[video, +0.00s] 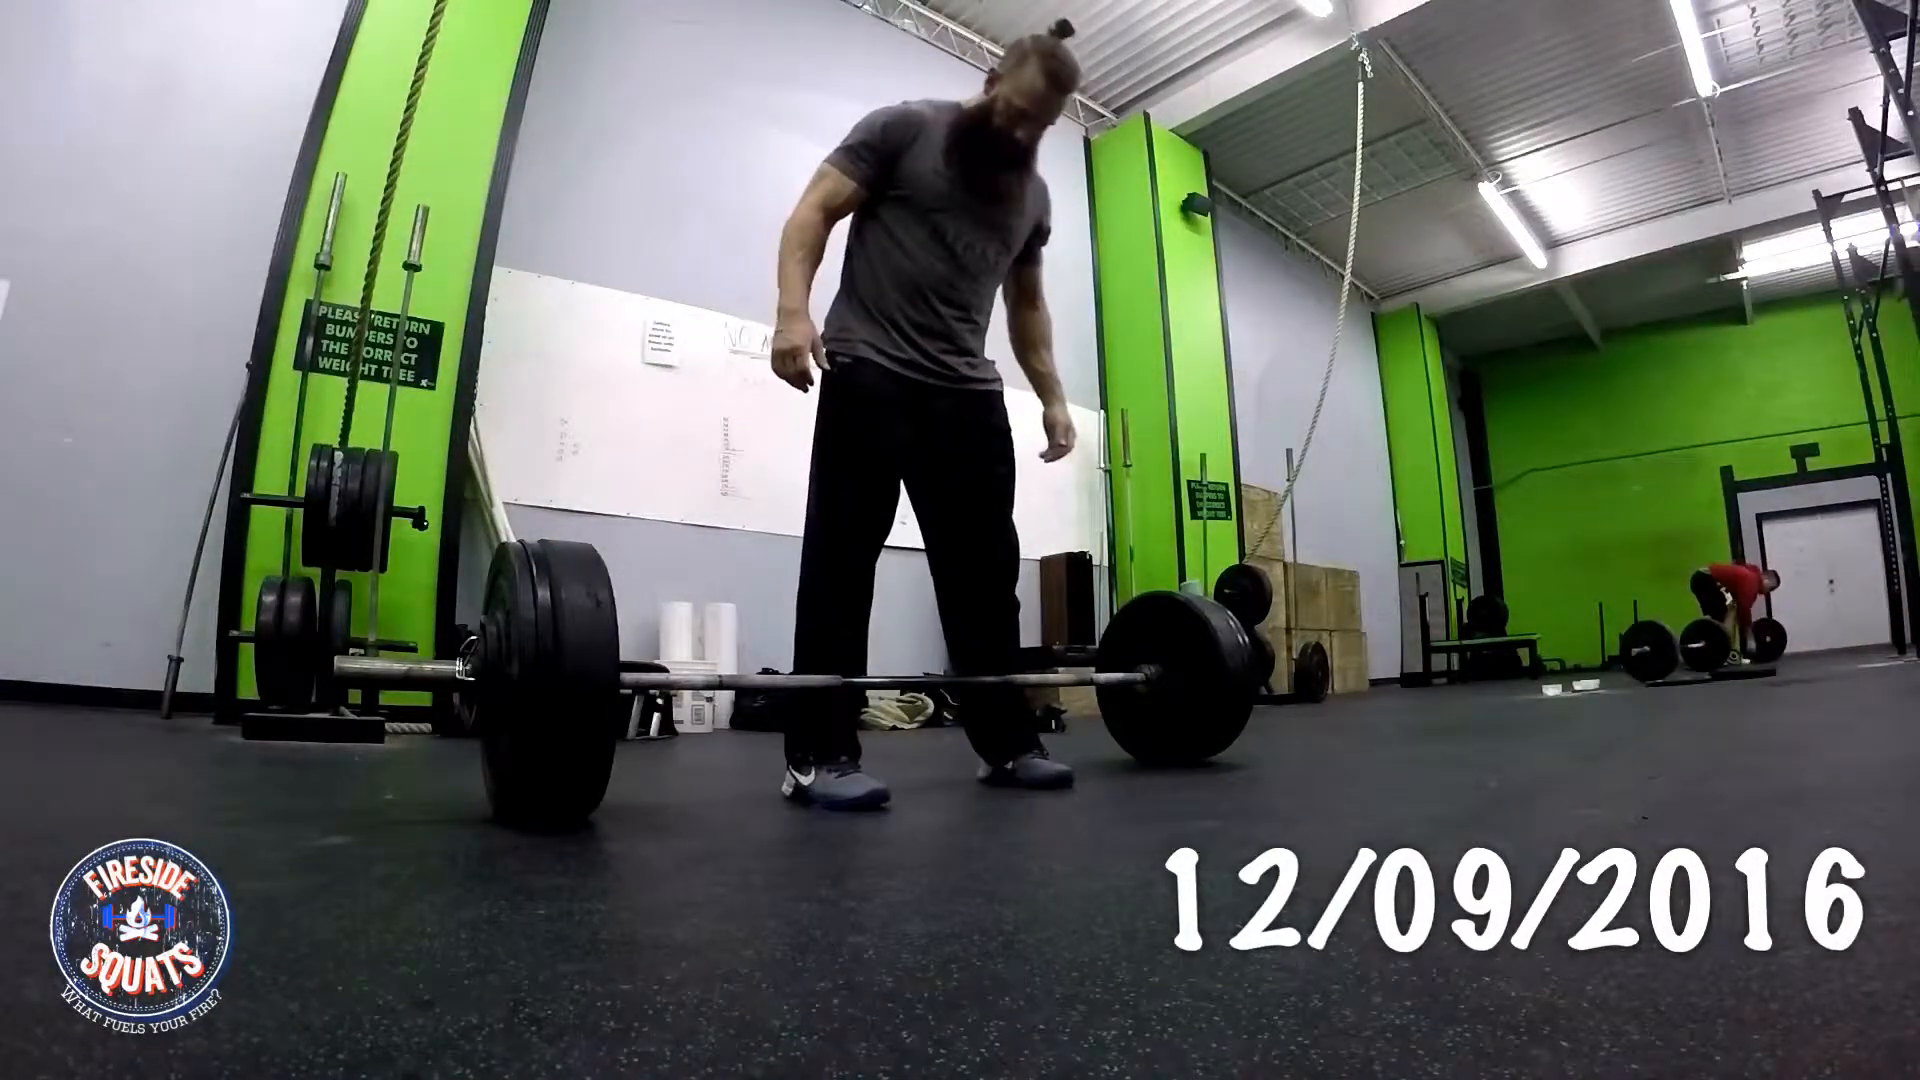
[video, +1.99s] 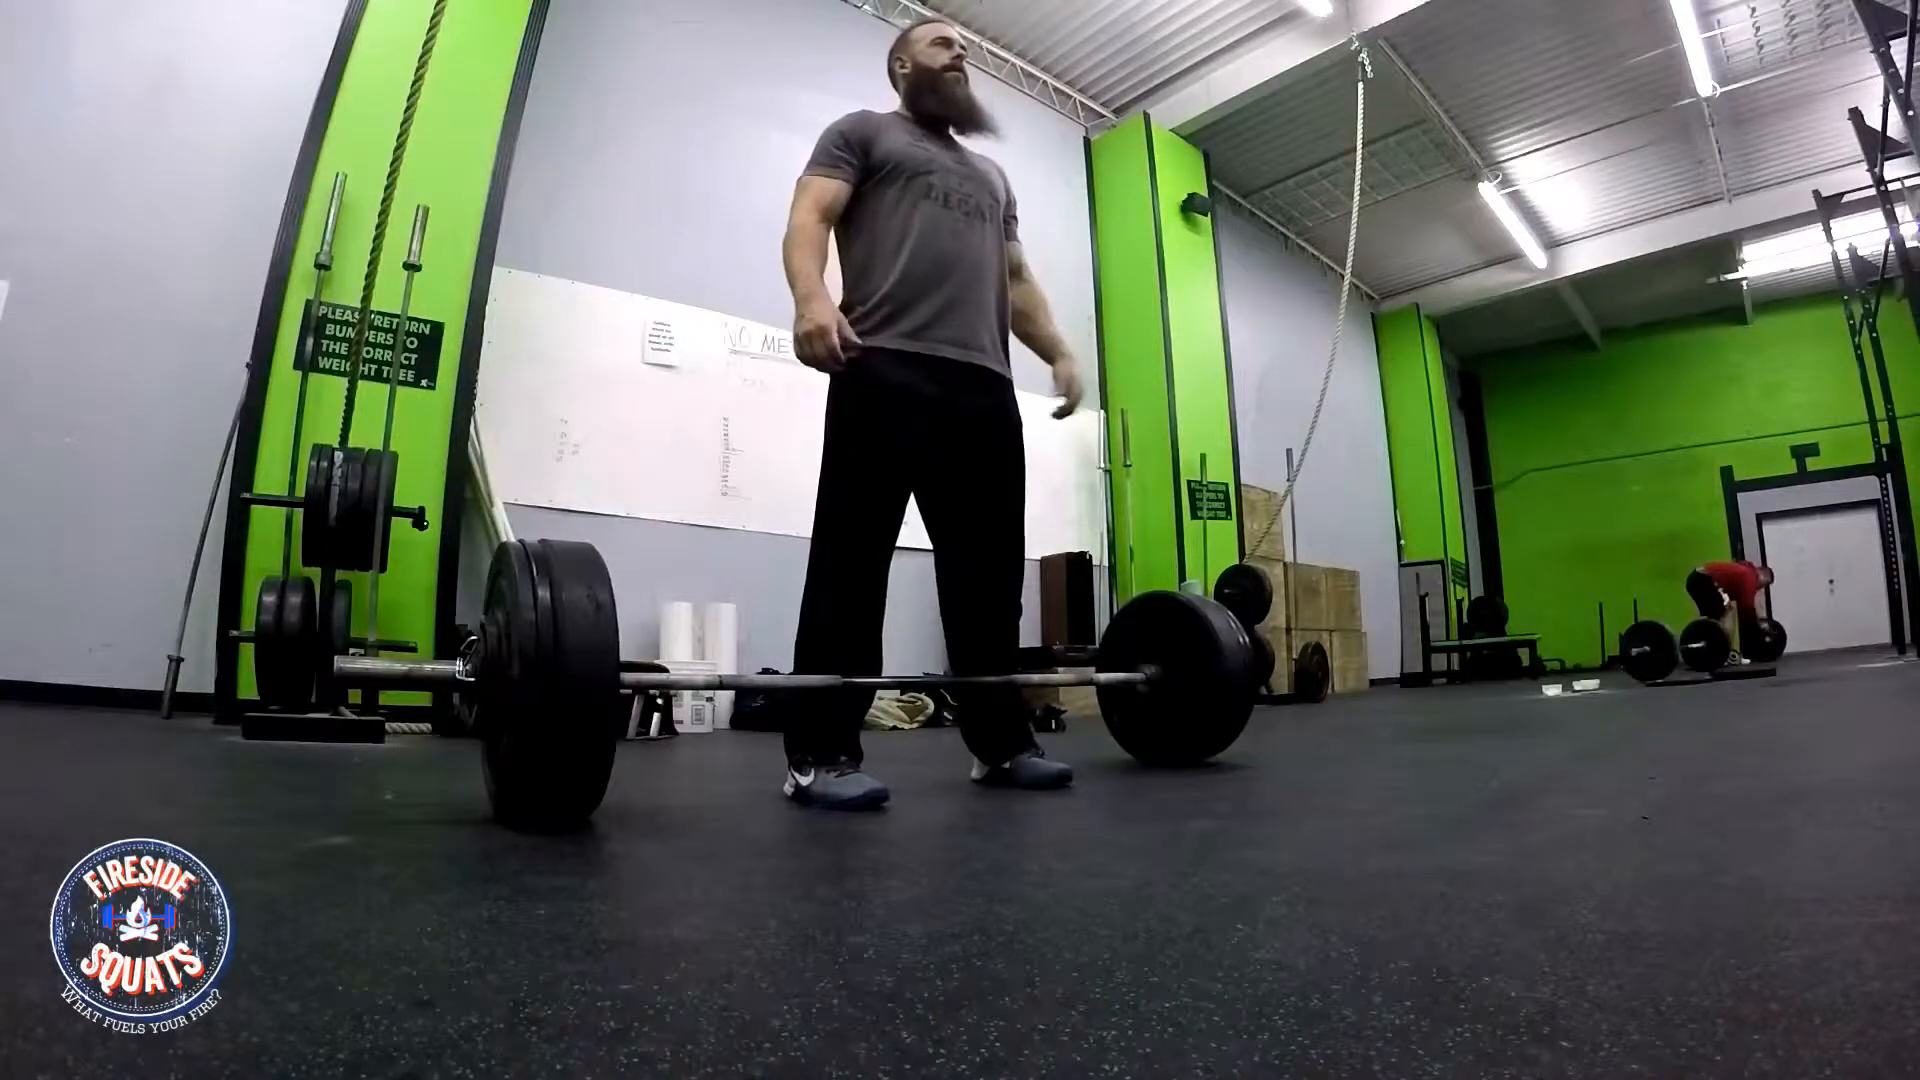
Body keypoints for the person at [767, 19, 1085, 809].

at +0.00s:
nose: (1021, 130)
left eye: (1038, 121)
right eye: (1016, 109)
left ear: (1054, 117)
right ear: (991, 79)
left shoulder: (1030, 197)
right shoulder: (901, 130)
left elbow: (1027, 306)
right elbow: (814, 212)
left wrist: (1053, 399)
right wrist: (793, 316)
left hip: (964, 393)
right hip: (867, 375)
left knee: (983, 568)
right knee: (840, 565)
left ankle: (1007, 746)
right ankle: (820, 758)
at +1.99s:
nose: (957, 48)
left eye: (964, 44)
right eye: (937, 40)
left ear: (971, 77)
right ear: (898, 69)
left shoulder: (991, 176)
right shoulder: (864, 132)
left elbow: (1015, 279)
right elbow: (810, 214)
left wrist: (1059, 351)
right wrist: (810, 296)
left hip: (980, 388)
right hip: (881, 372)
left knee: (986, 571)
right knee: (849, 565)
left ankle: (1003, 747)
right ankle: (821, 757)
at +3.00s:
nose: (1038, 137)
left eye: (1052, 126)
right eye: (1032, 116)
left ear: (1059, 130)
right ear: (997, 95)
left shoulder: (1032, 224)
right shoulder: (909, 154)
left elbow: (1031, 322)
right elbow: (806, 243)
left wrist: (1027, 394)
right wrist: (862, 332)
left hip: (937, 403)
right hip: (846, 388)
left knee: (994, 550)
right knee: (833, 562)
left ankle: (1008, 743)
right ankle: (818, 758)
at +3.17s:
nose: (1078, 225)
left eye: (1089, 213)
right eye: (1075, 206)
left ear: (1092, 203)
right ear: (1040, 172)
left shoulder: (1050, 278)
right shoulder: (933, 202)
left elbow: (1054, 385)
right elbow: (835, 309)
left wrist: (1057, 482)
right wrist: (898, 409)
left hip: (928, 410)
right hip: (843, 388)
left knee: (993, 553)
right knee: (832, 558)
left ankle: (1006, 745)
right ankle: (818, 759)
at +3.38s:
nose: (1111, 346)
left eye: (1122, 336)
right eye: (1110, 329)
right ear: (1079, 289)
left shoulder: (1076, 355)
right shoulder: (961, 275)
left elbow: (1084, 465)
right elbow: (856, 383)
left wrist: (1097, 583)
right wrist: (908, 502)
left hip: (934, 425)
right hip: (845, 399)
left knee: (1001, 552)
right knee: (838, 558)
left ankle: (1008, 745)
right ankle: (819, 760)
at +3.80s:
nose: (1127, 455)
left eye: (1137, 451)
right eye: (1129, 444)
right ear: (1104, 402)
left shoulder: (1104, 426)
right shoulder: (1001, 342)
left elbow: (1120, 531)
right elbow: (869, 411)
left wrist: (1117, 648)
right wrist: (925, 525)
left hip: (959, 442)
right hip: (862, 407)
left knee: (1018, 559)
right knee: (847, 554)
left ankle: (1009, 743)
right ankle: (818, 758)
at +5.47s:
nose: (1071, 442)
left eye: (1091, 441)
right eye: (1077, 422)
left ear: (1117, 434)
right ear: (1072, 368)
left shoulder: (1100, 435)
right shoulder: (979, 345)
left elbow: (1124, 542)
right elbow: (829, 402)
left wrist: (1119, 652)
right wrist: (855, 544)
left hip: (952, 458)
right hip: (862, 428)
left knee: (1024, 559)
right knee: (847, 561)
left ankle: (1011, 744)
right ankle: (819, 760)